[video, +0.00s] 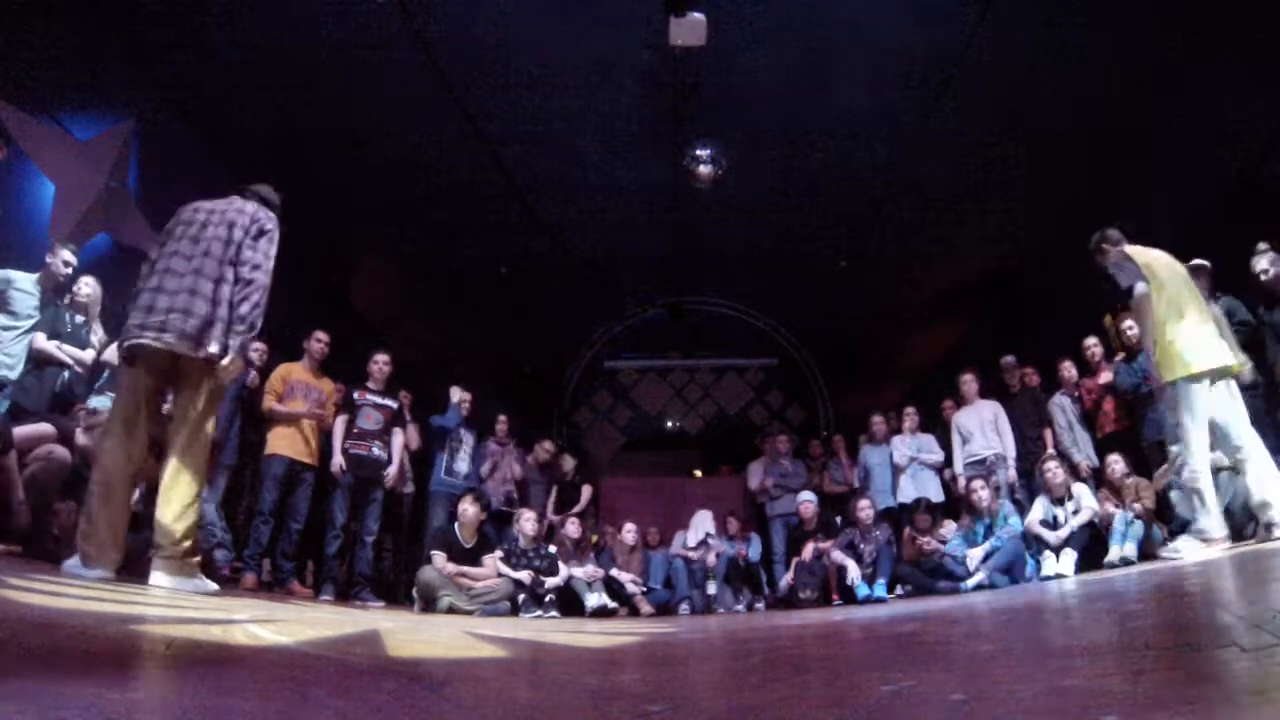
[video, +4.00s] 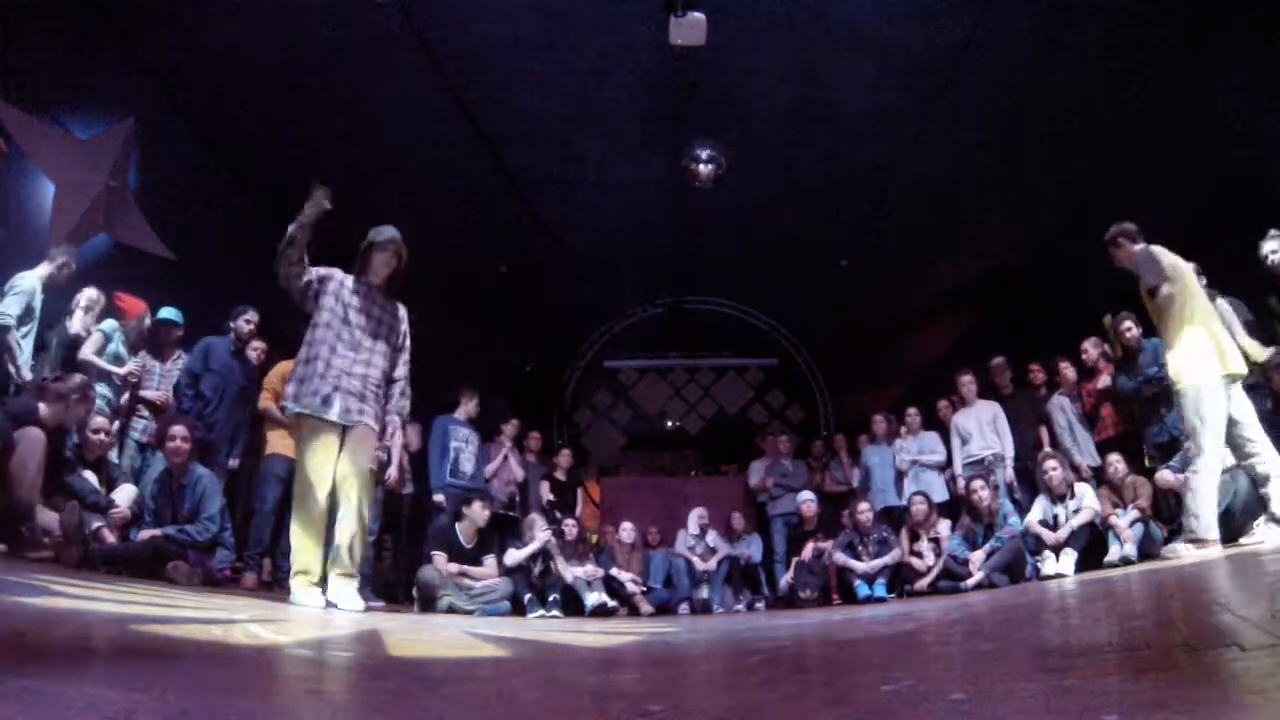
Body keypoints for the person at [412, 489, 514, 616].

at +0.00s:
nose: (464, 508)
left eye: (471, 505)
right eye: (462, 503)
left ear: (483, 515)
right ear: (457, 507)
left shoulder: (484, 539)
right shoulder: (442, 534)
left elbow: (492, 572)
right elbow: (440, 567)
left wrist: (459, 569)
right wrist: (473, 584)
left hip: (478, 589)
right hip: (448, 587)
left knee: (507, 585)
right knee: (426, 574)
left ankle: (454, 605)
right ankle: (477, 610)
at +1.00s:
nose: (465, 508)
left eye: (473, 505)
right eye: (464, 502)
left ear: (483, 515)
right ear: (458, 505)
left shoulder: (483, 538)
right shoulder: (442, 533)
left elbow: (493, 572)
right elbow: (440, 567)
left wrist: (460, 568)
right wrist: (474, 584)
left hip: (476, 590)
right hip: (446, 588)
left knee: (507, 585)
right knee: (427, 574)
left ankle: (454, 605)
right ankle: (477, 609)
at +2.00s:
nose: (482, 512)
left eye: (484, 508)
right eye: (476, 507)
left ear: (488, 512)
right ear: (461, 509)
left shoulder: (485, 538)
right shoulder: (442, 533)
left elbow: (493, 572)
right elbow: (442, 570)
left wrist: (462, 569)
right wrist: (474, 584)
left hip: (476, 590)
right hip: (447, 589)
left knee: (506, 585)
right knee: (426, 573)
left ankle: (453, 605)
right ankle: (477, 609)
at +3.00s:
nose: (492, 519)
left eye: (491, 514)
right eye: (489, 514)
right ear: (474, 514)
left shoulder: (484, 540)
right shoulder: (441, 534)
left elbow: (492, 572)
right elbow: (443, 571)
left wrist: (462, 569)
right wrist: (474, 584)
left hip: (475, 590)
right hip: (447, 589)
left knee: (506, 585)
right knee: (431, 574)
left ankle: (454, 604)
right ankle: (477, 610)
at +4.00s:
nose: (488, 513)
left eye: (488, 509)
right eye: (483, 507)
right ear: (465, 509)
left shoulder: (485, 536)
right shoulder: (443, 530)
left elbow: (492, 572)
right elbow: (441, 568)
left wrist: (461, 569)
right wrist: (475, 584)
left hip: (478, 590)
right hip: (448, 588)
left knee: (507, 585)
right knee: (427, 573)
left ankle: (454, 605)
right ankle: (477, 610)